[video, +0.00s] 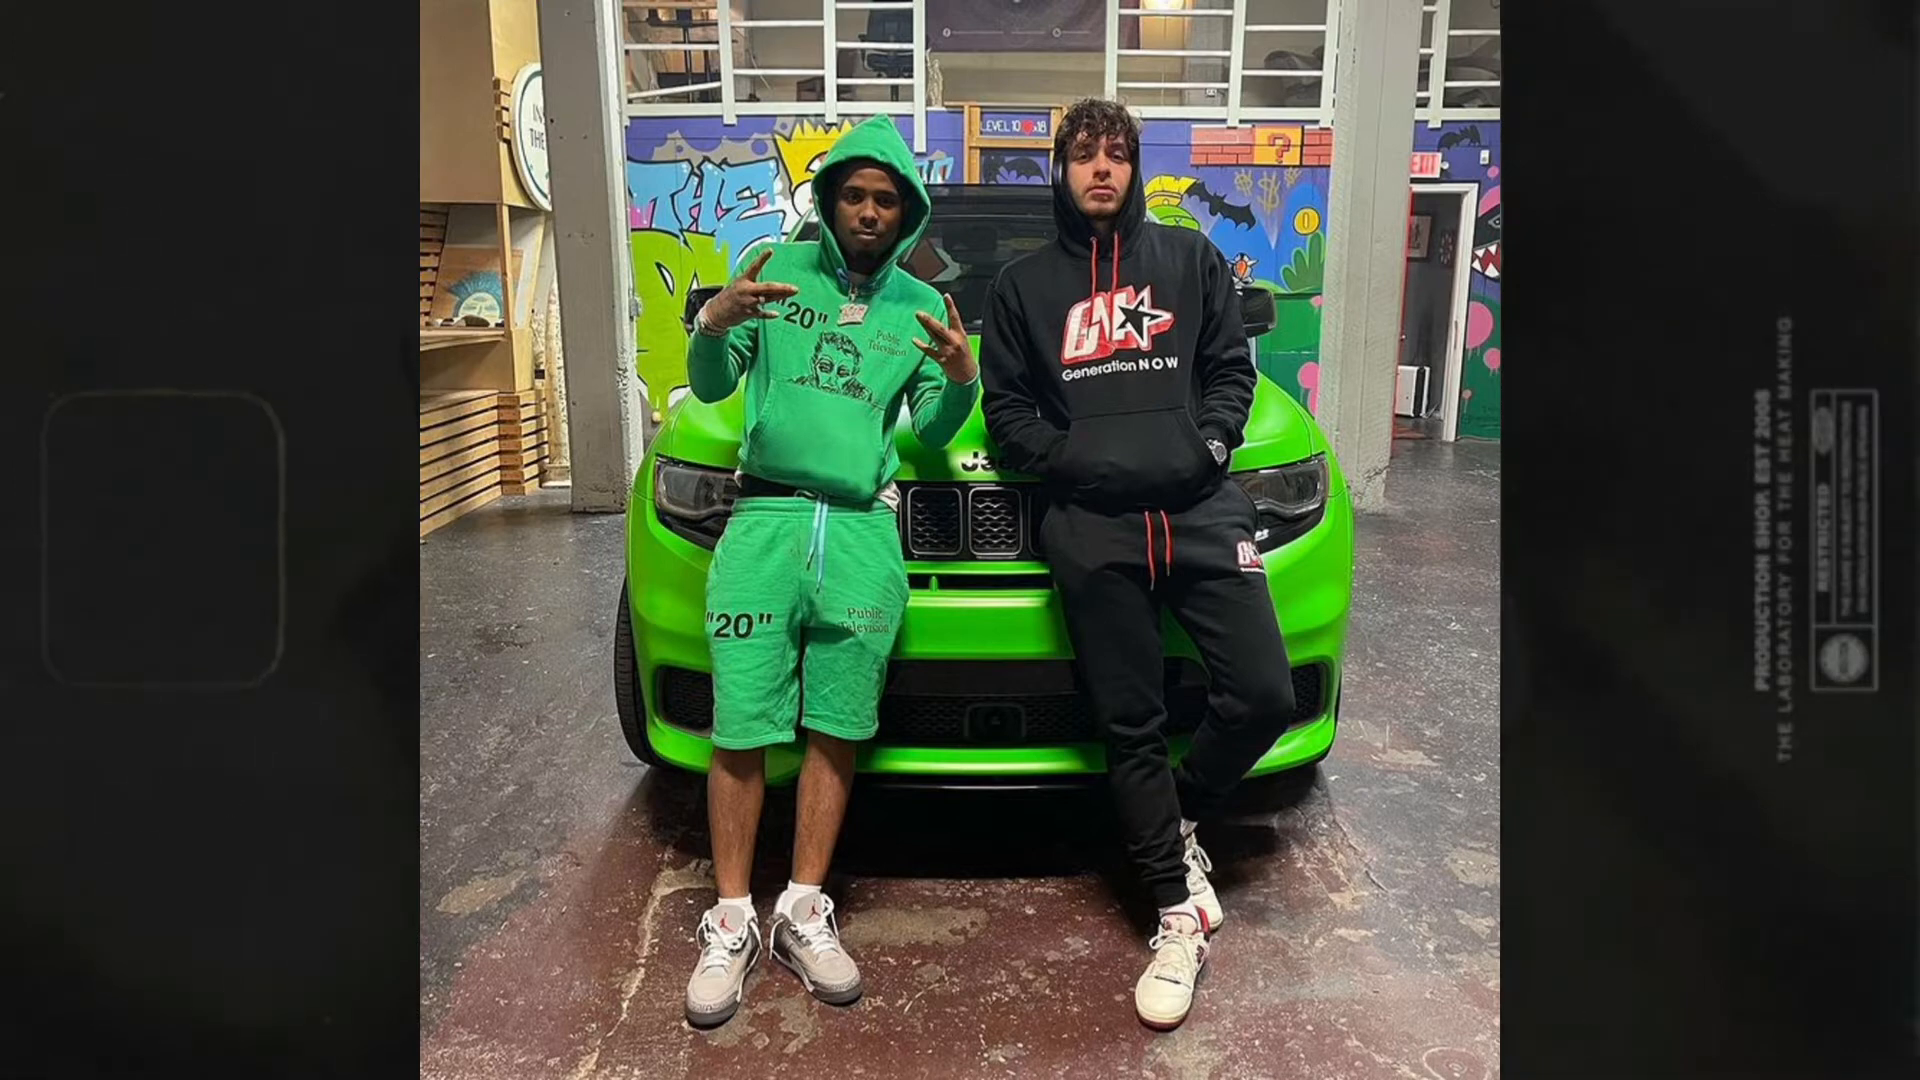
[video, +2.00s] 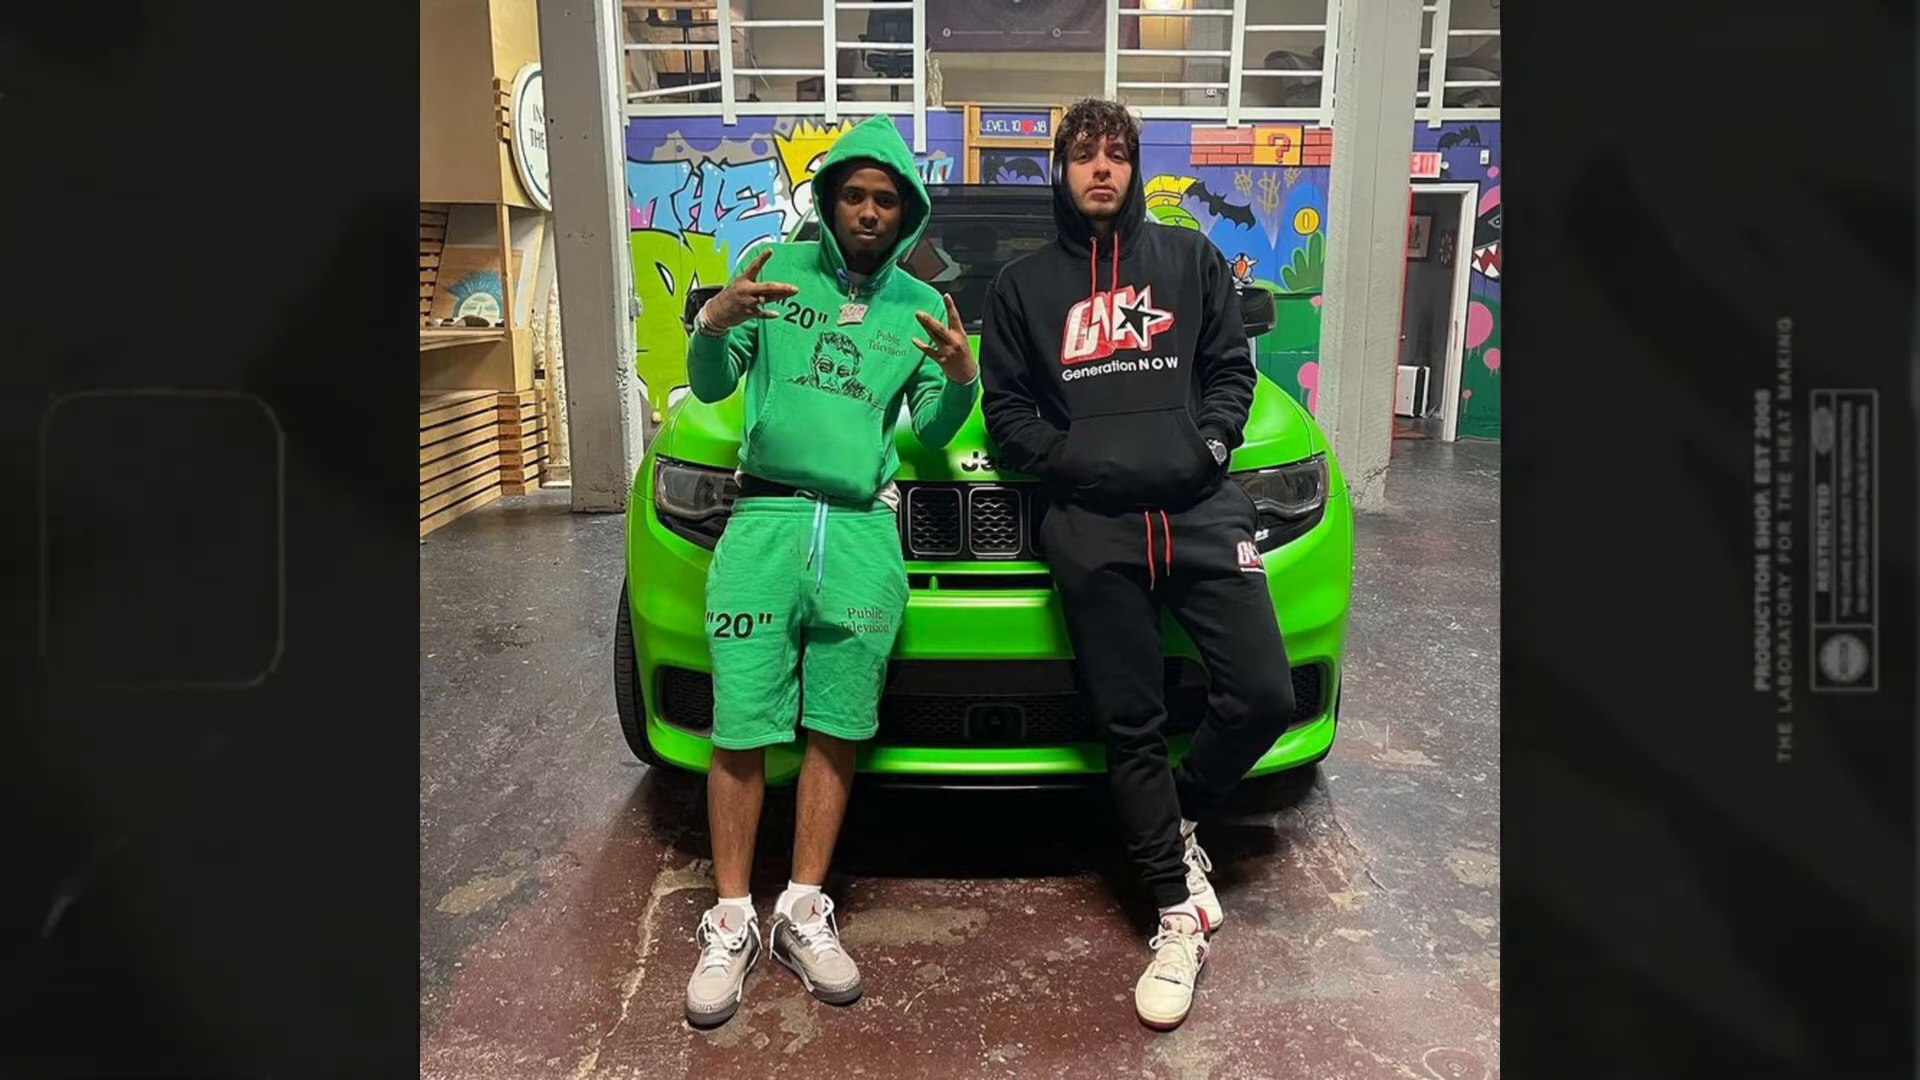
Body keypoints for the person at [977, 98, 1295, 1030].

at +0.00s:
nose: (1102, 171)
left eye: (1116, 158)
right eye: (1088, 158)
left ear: (1137, 171)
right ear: (1062, 171)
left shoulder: (1191, 256)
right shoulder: (1018, 280)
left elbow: (1232, 364)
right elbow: (1004, 403)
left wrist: (1209, 444)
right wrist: (1065, 458)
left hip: (1200, 503)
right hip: (1091, 514)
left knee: (1262, 693)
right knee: (1131, 718)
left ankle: (1179, 819)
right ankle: (1180, 916)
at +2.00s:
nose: (1102, 171)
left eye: (1116, 158)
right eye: (1088, 158)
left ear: (1137, 171)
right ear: (1062, 171)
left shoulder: (1191, 256)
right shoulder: (1018, 280)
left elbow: (1232, 364)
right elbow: (1004, 403)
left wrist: (1209, 444)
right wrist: (1065, 458)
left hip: (1200, 503)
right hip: (1091, 514)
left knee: (1262, 693)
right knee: (1131, 718)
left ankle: (1179, 819)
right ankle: (1179, 916)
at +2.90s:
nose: (1102, 170)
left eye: (1115, 158)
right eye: (1087, 158)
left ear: (1137, 171)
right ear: (1061, 172)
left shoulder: (1191, 256)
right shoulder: (1017, 280)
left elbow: (1232, 363)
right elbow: (1003, 403)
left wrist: (1209, 444)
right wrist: (1065, 457)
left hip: (1200, 503)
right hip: (1091, 514)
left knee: (1262, 692)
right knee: (1131, 719)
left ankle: (1180, 818)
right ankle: (1179, 918)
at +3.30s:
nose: (1102, 171)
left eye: (1115, 158)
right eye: (1087, 158)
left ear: (1136, 171)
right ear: (1061, 172)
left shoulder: (1191, 256)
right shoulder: (1017, 280)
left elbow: (1232, 363)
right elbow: (1003, 403)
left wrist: (1209, 444)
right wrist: (1064, 457)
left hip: (1200, 503)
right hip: (1091, 514)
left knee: (1262, 692)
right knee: (1131, 719)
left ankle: (1180, 818)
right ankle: (1178, 918)